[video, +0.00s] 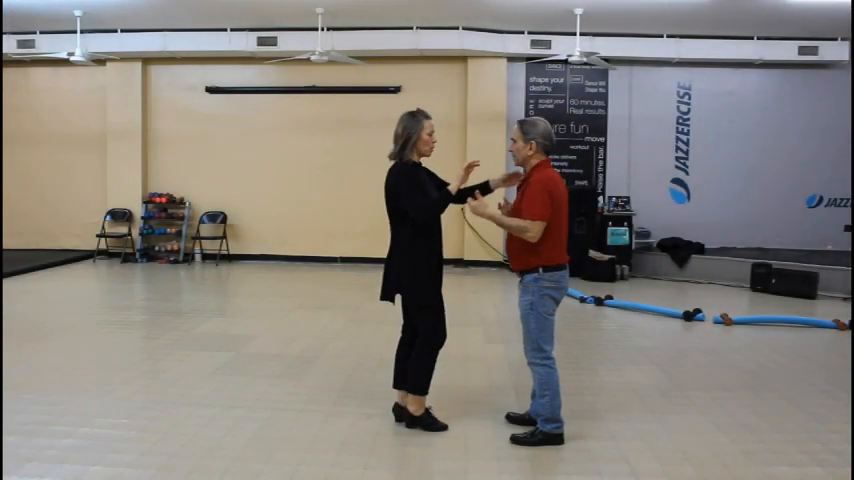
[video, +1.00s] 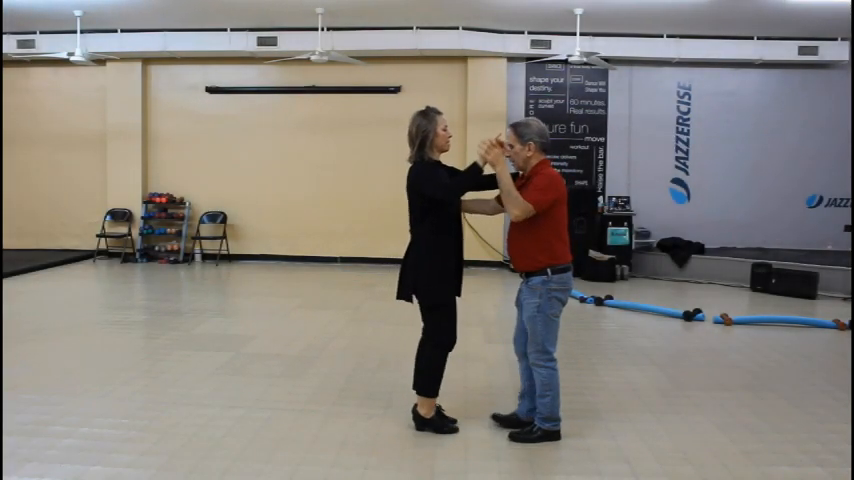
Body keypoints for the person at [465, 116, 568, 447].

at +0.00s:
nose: (510, 147)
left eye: (514, 141)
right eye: (511, 141)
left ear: (531, 146)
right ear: (534, 147)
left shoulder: (542, 181)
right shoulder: (536, 177)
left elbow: (532, 232)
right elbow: (522, 219)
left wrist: (490, 214)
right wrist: (498, 211)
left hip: (543, 278)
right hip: (538, 275)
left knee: (540, 355)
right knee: (537, 352)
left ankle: (551, 427)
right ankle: (539, 413)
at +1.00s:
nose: (506, 153)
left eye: (510, 147)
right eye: (505, 147)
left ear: (530, 148)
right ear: (526, 149)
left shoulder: (548, 179)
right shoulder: (524, 180)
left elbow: (518, 211)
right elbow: (492, 204)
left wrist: (500, 166)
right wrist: (450, 200)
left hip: (549, 280)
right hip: (532, 278)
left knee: (541, 354)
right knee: (525, 348)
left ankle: (548, 424)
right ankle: (527, 413)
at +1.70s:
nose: (492, 151)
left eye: (497, 145)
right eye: (491, 145)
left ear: (516, 148)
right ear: (512, 148)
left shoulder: (533, 178)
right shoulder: (501, 183)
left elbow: (509, 197)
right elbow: (466, 209)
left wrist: (499, 156)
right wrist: (433, 199)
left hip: (523, 276)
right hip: (507, 276)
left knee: (496, 347)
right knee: (514, 347)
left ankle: (518, 418)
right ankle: (525, 416)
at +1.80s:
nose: (491, 152)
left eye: (495, 146)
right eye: (489, 146)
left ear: (513, 148)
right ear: (509, 149)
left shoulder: (530, 179)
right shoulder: (499, 184)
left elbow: (506, 198)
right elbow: (463, 208)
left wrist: (497, 156)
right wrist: (432, 195)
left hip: (518, 277)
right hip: (504, 276)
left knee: (489, 349)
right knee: (512, 348)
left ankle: (489, 426)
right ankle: (525, 417)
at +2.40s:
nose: (481, 150)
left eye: (487, 145)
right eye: (483, 145)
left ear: (503, 151)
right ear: (503, 152)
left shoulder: (517, 181)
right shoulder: (496, 183)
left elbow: (496, 198)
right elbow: (466, 213)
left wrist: (491, 156)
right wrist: (432, 208)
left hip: (498, 282)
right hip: (496, 280)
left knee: (466, 356)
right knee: (495, 351)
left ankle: (449, 430)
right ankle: (523, 416)